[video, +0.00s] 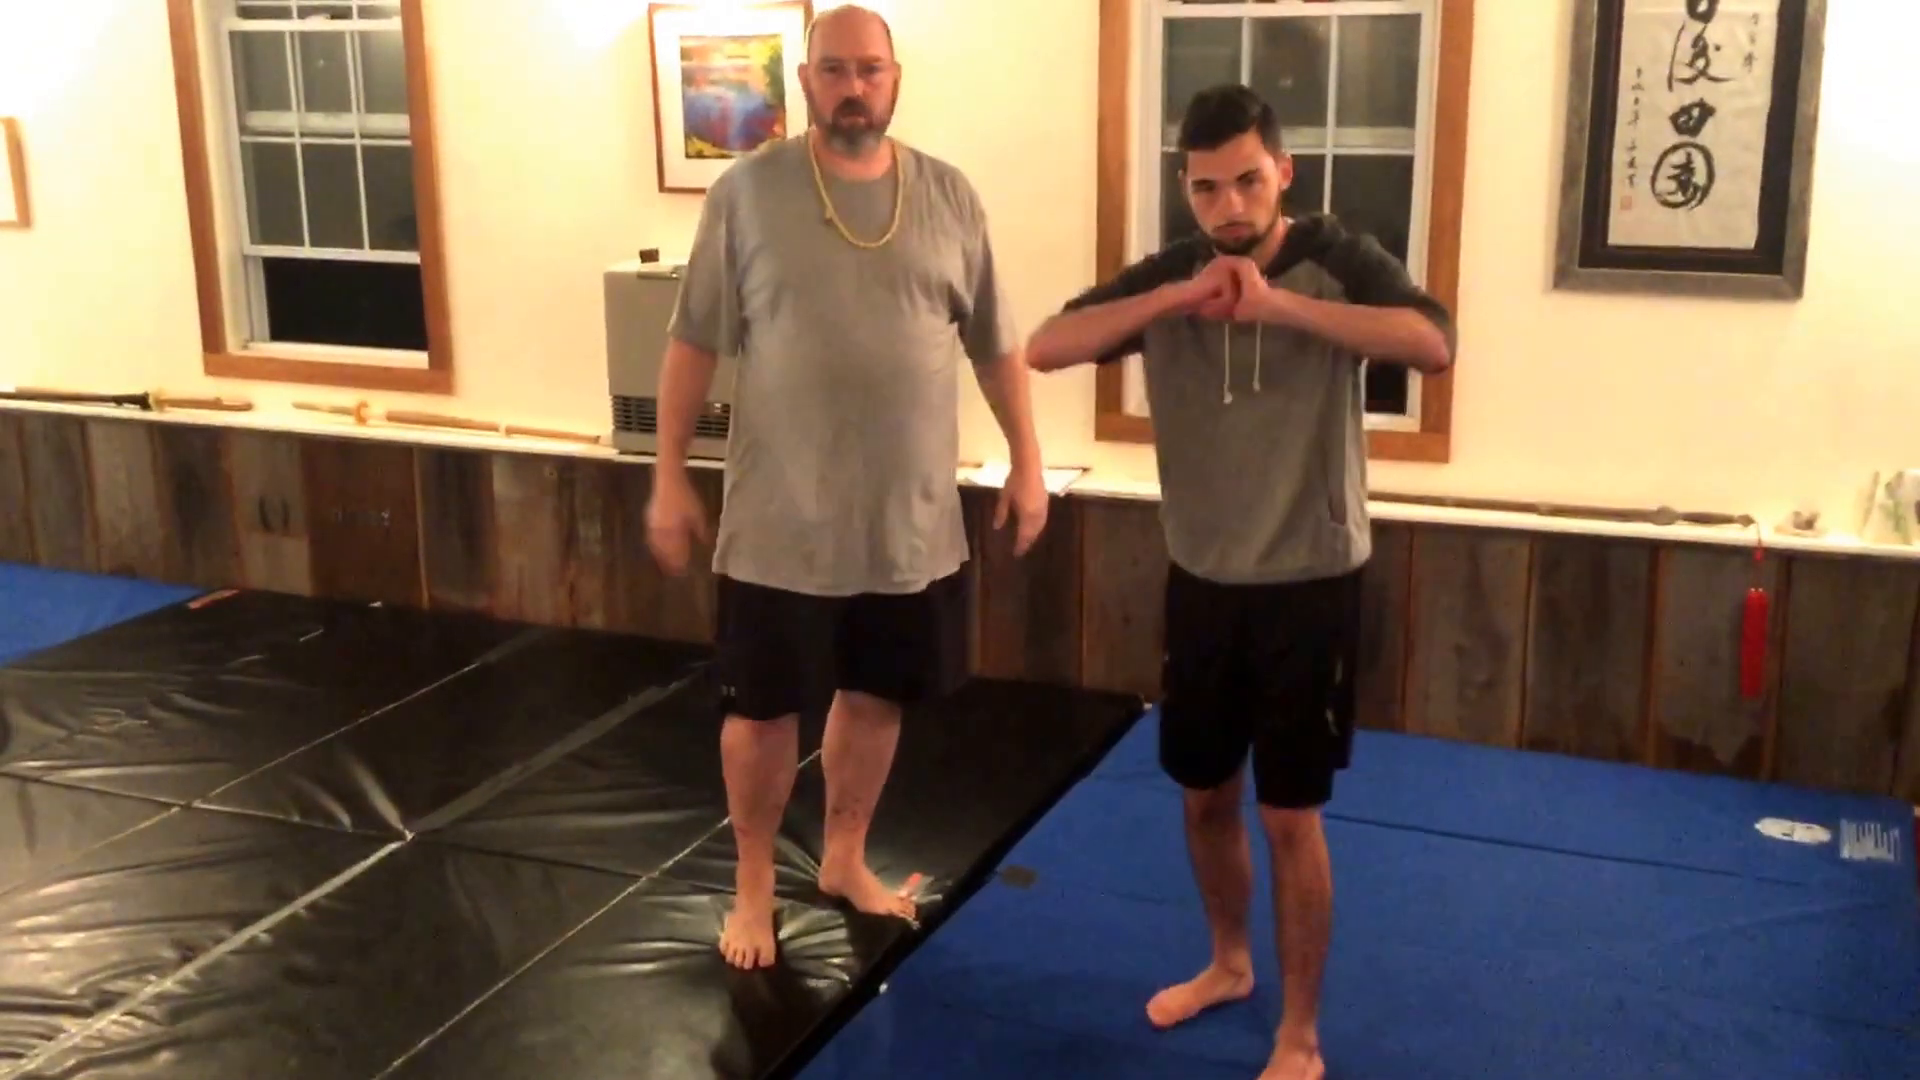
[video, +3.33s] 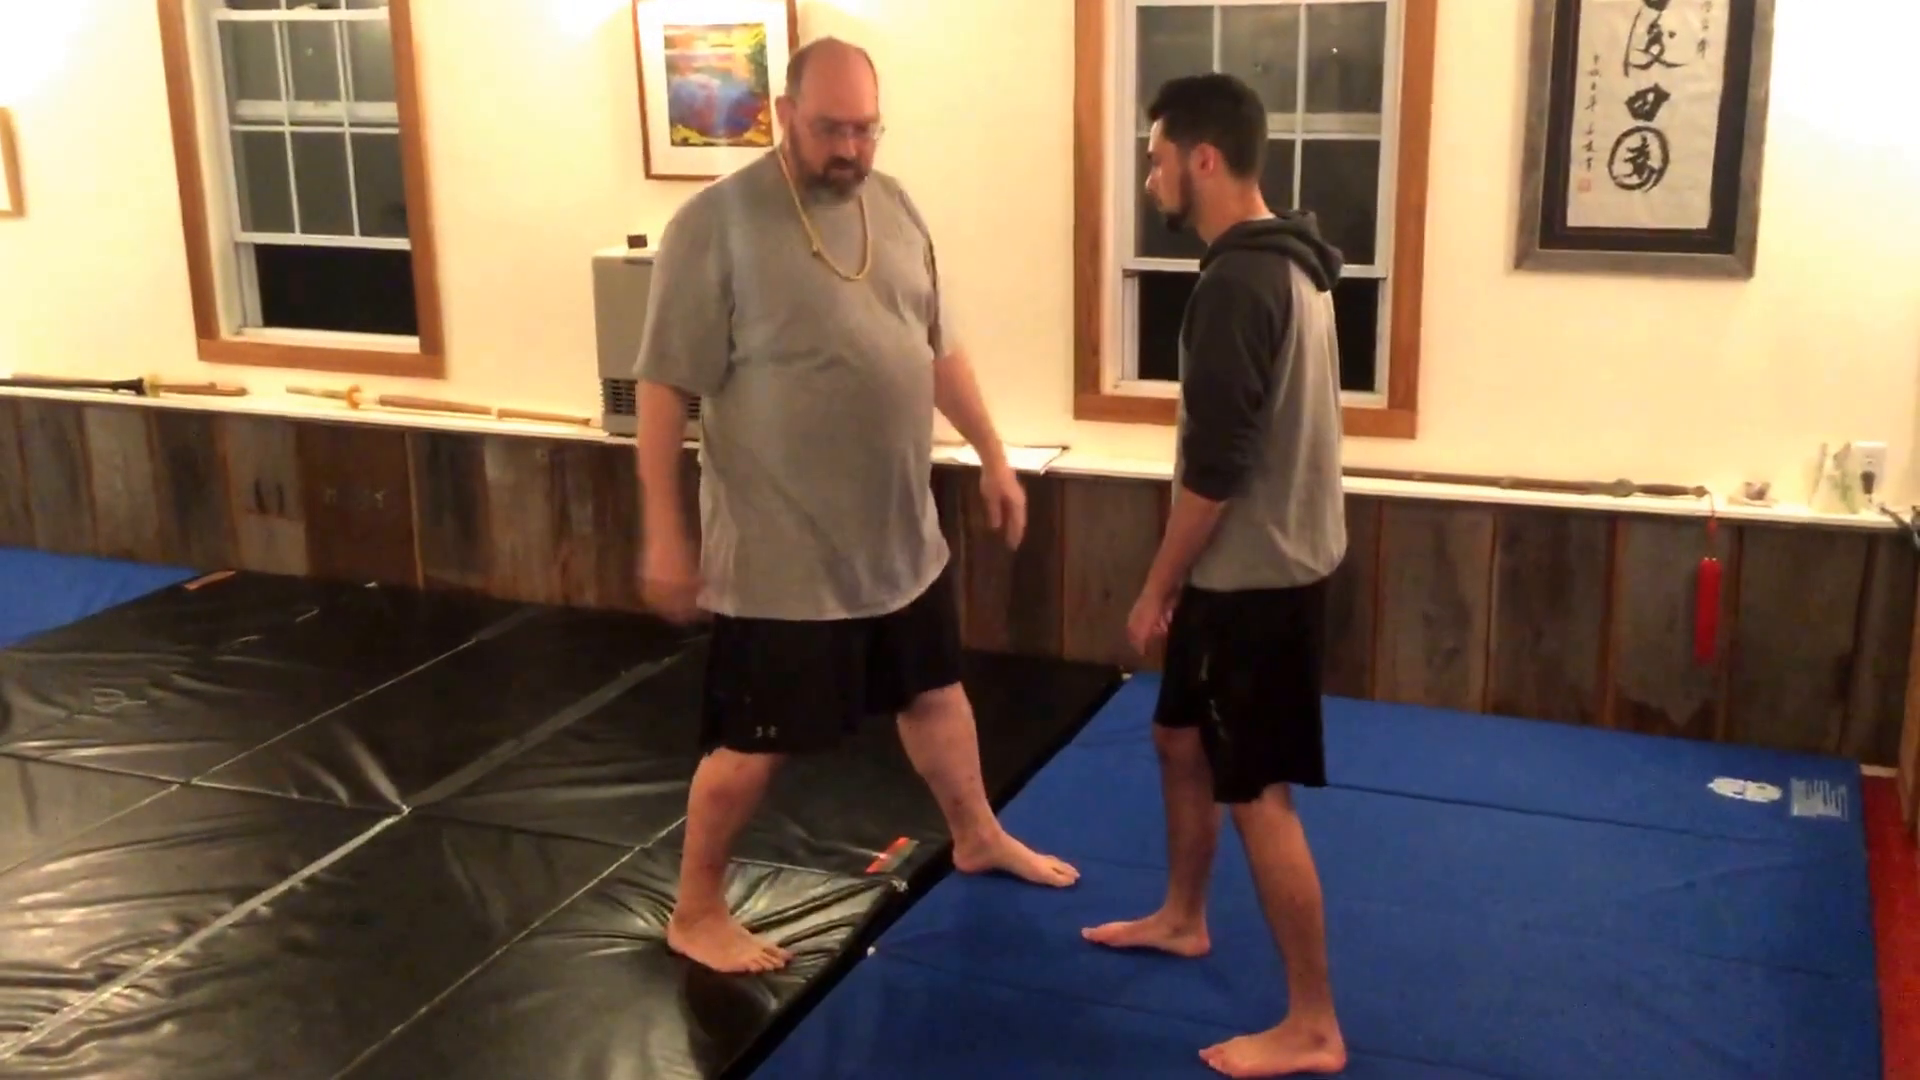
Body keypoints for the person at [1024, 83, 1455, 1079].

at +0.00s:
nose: (1227, 208)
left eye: (1244, 183)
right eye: (1206, 189)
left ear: (1283, 171)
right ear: (1185, 188)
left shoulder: (1334, 255)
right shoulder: (1161, 277)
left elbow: (1435, 346)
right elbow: (1042, 349)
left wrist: (1276, 308)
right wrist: (1177, 299)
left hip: (1311, 570)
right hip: (1202, 570)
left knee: (1288, 812)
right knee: (1206, 791)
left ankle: (1298, 1035)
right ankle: (1229, 965)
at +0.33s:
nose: (1231, 214)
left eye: (1250, 189)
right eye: (1210, 193)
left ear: (1291, 180)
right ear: (1188, 190)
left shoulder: (1355, 285)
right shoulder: (1175, 288)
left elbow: (1390, 459)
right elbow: (1118, 456)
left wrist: (1262, 435)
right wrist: (1180, 434)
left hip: (1313, 595)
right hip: (1204, 589)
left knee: (1295, 819)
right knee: (1212, 797)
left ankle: (1299, 1033)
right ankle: (1230, 964)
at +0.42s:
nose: (1229, 215)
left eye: (1248, 190)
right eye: (1208, 194)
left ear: (1289, 180)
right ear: (1186, 192)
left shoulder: (1355, 291)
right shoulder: (1174, 294)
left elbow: (1392, 464)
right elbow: (1143, 439)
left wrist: (1308, 527)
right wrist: (1135, 531)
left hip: (1317, 601)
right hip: (1206, 595)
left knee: (1297, 819)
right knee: (1213, 794)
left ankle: (1299, 1034)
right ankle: (1230, 963)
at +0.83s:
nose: (1167, 216)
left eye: (1183, 198)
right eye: (1166, 196)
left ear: (1253, 197)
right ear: (1231, 200)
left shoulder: (1342, 308)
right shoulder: (1202, 296)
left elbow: (1416, 490)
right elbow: (1194, 450)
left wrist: (1377, 655)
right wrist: (1171, 575)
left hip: (1314, 622)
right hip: (1215, 611)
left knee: (1311, 831)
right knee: (1216, 793)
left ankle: (1302, 1037)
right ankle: (1230, 959)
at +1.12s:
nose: (1159, 190)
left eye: (1168, 174)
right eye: (1161, 172)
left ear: (1220, 182)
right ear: (1230, 179)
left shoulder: (1309, 302)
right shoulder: (1224, 278)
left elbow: (1310, 519)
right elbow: (1220, 454)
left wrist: (1258, 685)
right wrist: (1179, 562)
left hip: (1303, 611)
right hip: (1219, 591)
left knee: (1296, 824)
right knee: (1180, 757)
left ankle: (1297, 1033)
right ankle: (1209, 945)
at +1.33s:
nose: (1157, 176)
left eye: (1167, 158)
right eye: (1160, 157)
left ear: (1212, 168)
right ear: (1232, 167)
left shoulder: (1277, 289)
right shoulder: (1242, 273)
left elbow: (1246, 492)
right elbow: (1237, 462)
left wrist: (1134, 627)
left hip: (1268, 596)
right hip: (1213, 587)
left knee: (1267, 819)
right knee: (1192, 767)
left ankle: (1290, 1033)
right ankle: (1205, 951)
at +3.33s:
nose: (1151, 174)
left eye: (1158, 154)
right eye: (1152, 155)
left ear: (1205, 158)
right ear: (1232, 158)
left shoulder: (1237, 282)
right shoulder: (1290, 256)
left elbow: (1216, 468)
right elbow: (1274, 434)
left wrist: (1158, 588)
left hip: (1255, 569)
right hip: (1250, 557)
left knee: (1256, 792)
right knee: (1181, 741)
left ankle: (1313, 1025)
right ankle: (1183, 915)